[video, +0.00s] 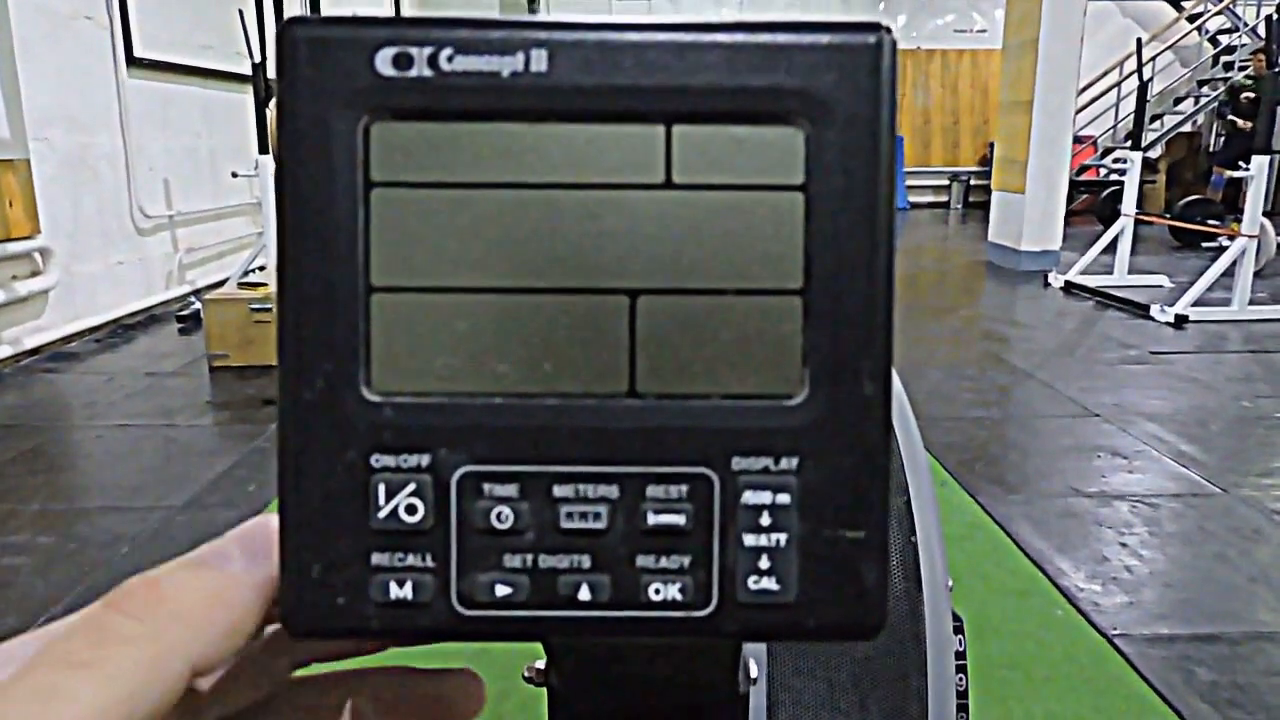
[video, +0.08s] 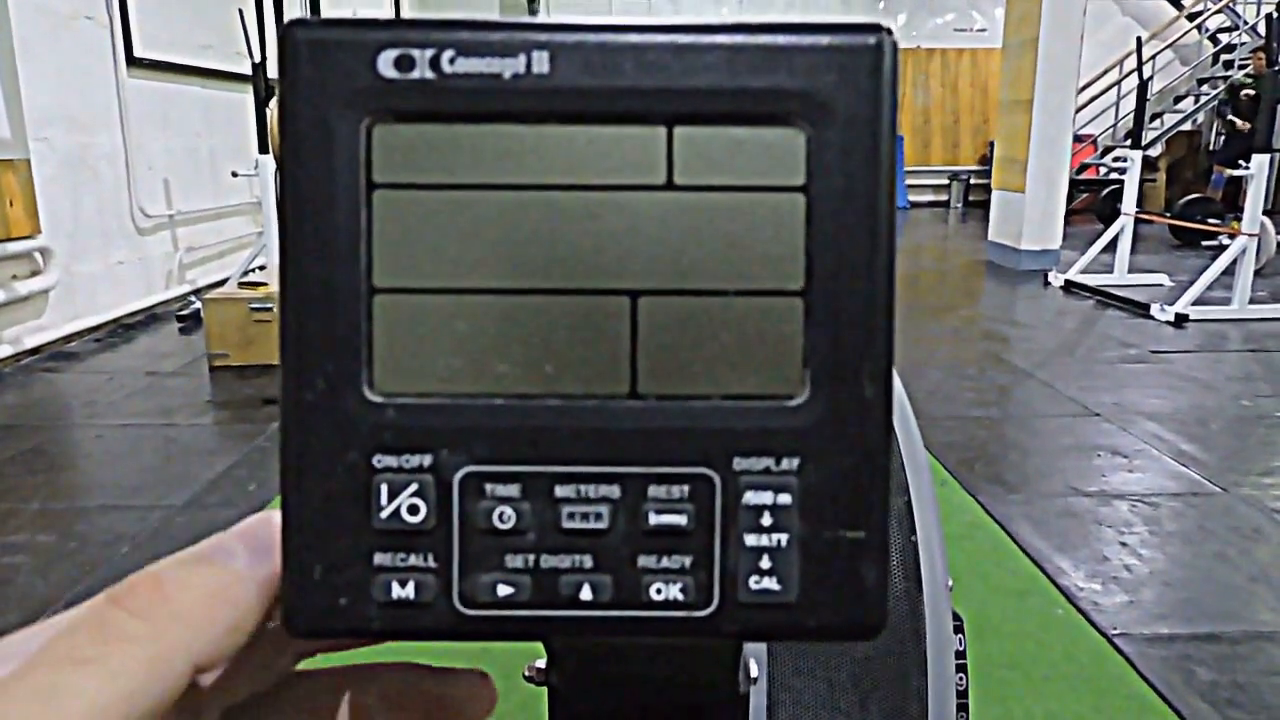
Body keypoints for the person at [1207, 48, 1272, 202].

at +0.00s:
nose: (1257, 64)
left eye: (1261, 61)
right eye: (1255, 61)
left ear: (1268, 63)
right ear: (1251, 63)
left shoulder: (1272, 85)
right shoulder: (1237, 84)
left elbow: (1273, 109)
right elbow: (1221, 108)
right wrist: (1235, 121)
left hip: (1259, 136)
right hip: (1236, 135)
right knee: (1220, 167)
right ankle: (1211, 209)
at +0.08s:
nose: (1258, 63)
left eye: (1262, 59)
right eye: (1256, 59)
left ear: (1268, 62)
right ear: (1251, 61)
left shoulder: (1272, 84)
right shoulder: (1237, 82)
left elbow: (1272, 110)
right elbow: (1221, 107)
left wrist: (1255, 125)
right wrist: (1234, 121)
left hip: (1259, 134)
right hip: (1237, 133)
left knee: (1256, 170)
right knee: (1220, 165)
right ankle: (1210, 207)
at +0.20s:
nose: (1258, 65)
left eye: (1261, 61)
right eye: (1255, 61)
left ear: (1268, 64)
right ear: (1251, 64)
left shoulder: (1271, 86)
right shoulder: (1237, 84)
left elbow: (1271, 114)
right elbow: (1223, 109)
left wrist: (1254, 131)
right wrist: (1233, 126)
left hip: (1259, 138)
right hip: (1236, 136)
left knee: (1254, 176)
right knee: (1220, 169)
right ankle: (1209, 211)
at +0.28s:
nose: (1258, 64)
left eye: (1261, 60)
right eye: (1256, 60)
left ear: (1268, 63)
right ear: (1251, 62)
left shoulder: (1272, 85)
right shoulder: (1237, 83)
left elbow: (1272, 114)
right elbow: (1224, 108)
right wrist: (1233, 127)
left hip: (1258, 139)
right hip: (1236, 137)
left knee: (1253, 176)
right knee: (1219, 168)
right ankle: (1209, 210)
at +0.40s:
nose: (1257, 64)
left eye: (1261, 60)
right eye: (1255, 60)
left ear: (1268, 63)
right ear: (1251, 62)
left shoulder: (1272, 84)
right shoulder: (1237, 83)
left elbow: (1273, 113)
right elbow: (1226, 108)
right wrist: (1235, 127)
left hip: (1259, 138)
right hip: (1238, 136)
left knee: (1255, 175)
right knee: (1220, 168)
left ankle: (1248, 213)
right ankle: (1210, 210)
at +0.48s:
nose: (1257, 63)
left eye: (1261, 59)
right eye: (1255, 59)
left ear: (1268, 62)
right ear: (1252, 60)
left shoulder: (1272, 82)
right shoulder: (1239, 80)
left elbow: (1273, 103)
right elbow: (1227, 104)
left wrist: (1256, 94)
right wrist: (1232, 123)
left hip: (1260, 134)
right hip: (1238, 132)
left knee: (1254, 171)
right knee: (1223, 166)